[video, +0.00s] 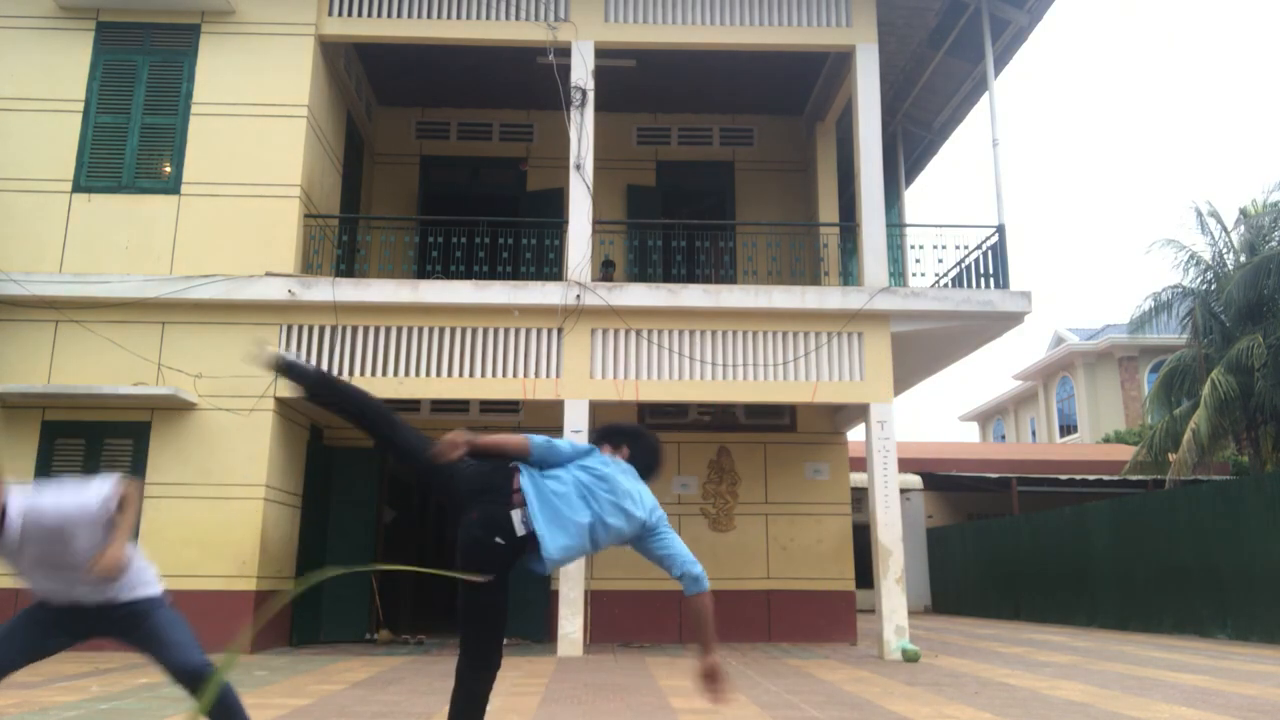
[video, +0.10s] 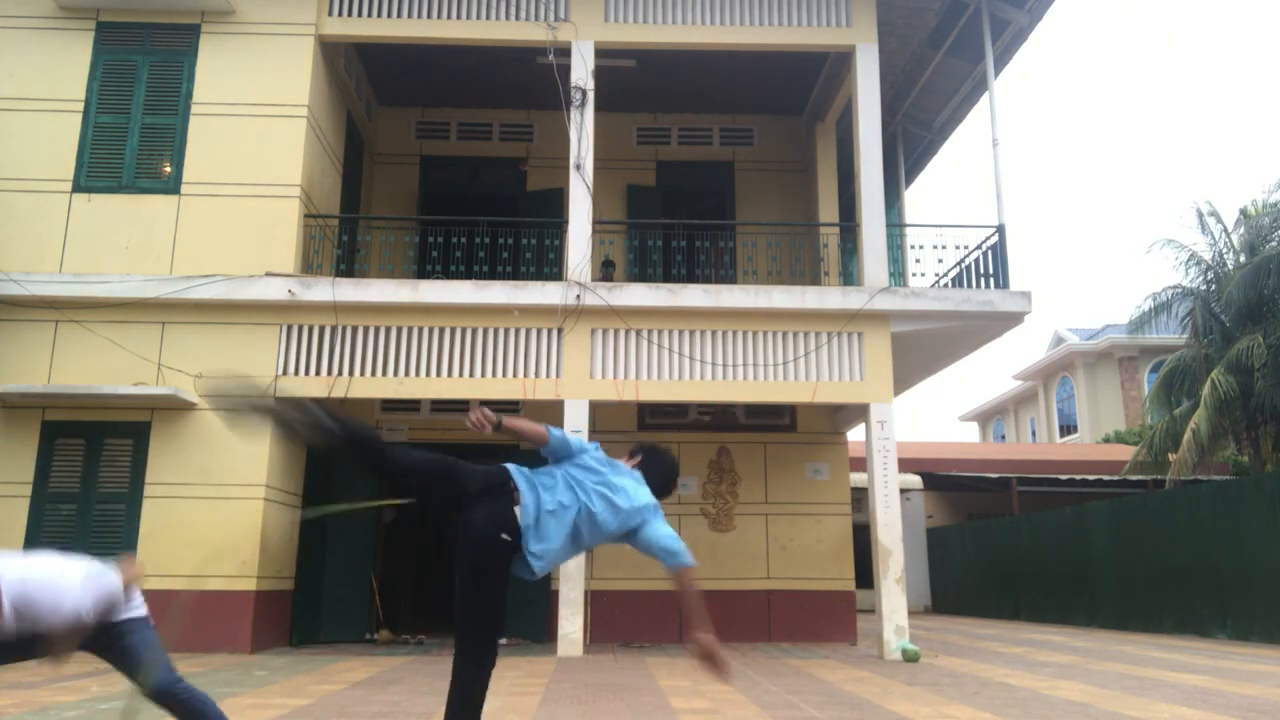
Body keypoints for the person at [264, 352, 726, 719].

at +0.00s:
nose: (595, 453)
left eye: (601, 447)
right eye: (599, 449)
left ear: (619, 451)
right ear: (643, 467)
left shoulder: (591, 453)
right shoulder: (647, 513)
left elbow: (527, 446)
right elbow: (694, 579)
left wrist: (468, 440)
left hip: (486, 486)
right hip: (497, 543)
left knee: (393, 432)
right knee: (480, 657)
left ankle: (306, 376)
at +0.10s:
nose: (628, 454)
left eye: (632, 453)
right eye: (636, 459)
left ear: (632, 459)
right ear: (659, 493)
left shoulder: (594, 453)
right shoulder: (644, 512)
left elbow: (541, 435)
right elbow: (684, 565)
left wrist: (495, 422)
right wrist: (700, 628)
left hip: (484, 482)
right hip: (497, 537)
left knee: (391, 458)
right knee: (475, 656)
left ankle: (317, 425)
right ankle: (458, 715)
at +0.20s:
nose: (614, 417)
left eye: (621, 413)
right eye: (620, 413)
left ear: (635, 422)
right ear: (653, 446)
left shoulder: (599, 424)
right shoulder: (643, 488)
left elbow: (539, 414)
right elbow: (619, 555)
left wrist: (473, 409)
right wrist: (618, 553)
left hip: (511, 486)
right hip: (530, 541)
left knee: (402, 490)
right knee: (491, 649)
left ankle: (431, 540)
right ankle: (473, 716)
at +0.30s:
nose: (601, 368)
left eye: (609, 362)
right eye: (605, 361)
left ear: (629, 372)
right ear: (634, 379)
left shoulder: (613, 395)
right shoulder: (630, 450)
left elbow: (568, 420)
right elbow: (598, 519)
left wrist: (517, 410)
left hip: (548, 501)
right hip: (564, 529)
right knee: (500, 631)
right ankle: (477, 713)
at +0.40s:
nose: (591, 352)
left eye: (601, 344)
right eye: (593, 345)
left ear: (629, 354)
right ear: (604, 353)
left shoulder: (647, 424)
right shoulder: (575, 403)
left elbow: (617, 485)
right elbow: (558, 474)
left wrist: (590, 432)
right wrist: (535, 450)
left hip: (585, 533)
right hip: (538, 527)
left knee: (583, 619)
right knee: (491, 644)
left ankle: (624, 711)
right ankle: (459, 714)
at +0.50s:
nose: (652, 380)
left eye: (661, 372)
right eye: (642, 370)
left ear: (671, 380)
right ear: (625, 377)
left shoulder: (673, 446)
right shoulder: (585, 418)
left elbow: (665, 520)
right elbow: (539, 463)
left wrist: (652, 481)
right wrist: (589, 491)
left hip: (607, 566)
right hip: (548, 556)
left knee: (667, 664)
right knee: (510, 654)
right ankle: (453, 716)